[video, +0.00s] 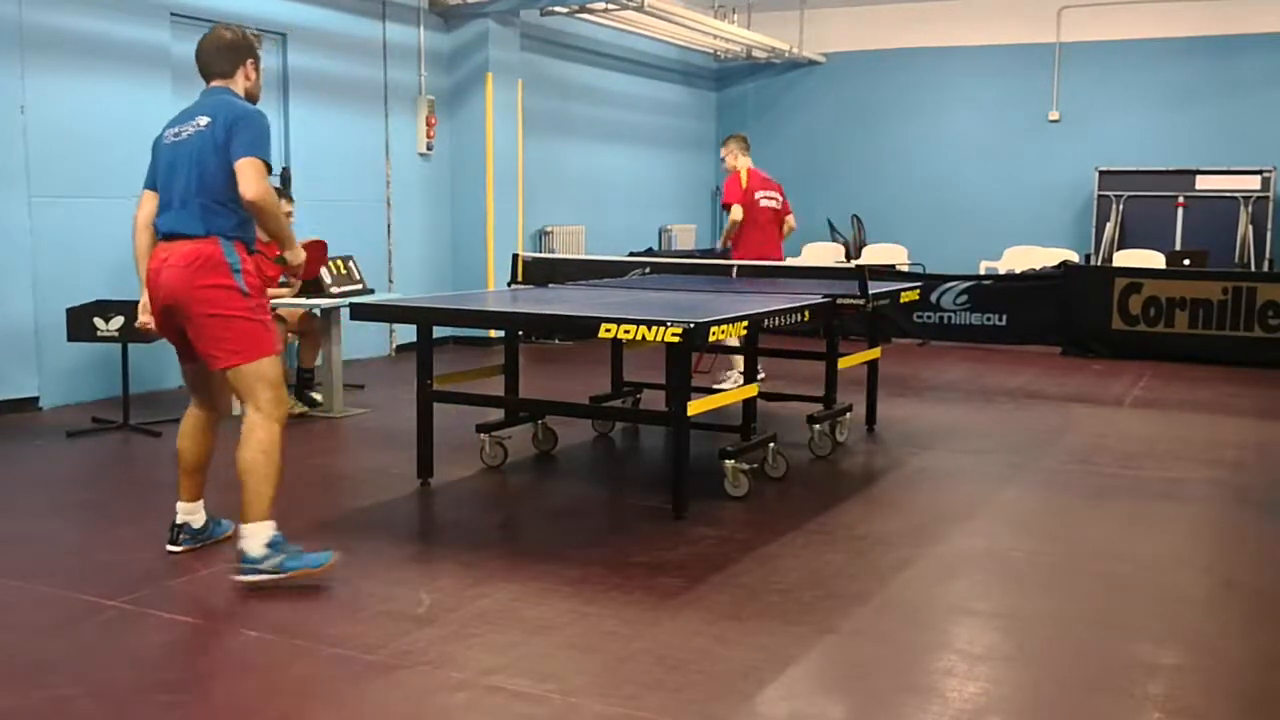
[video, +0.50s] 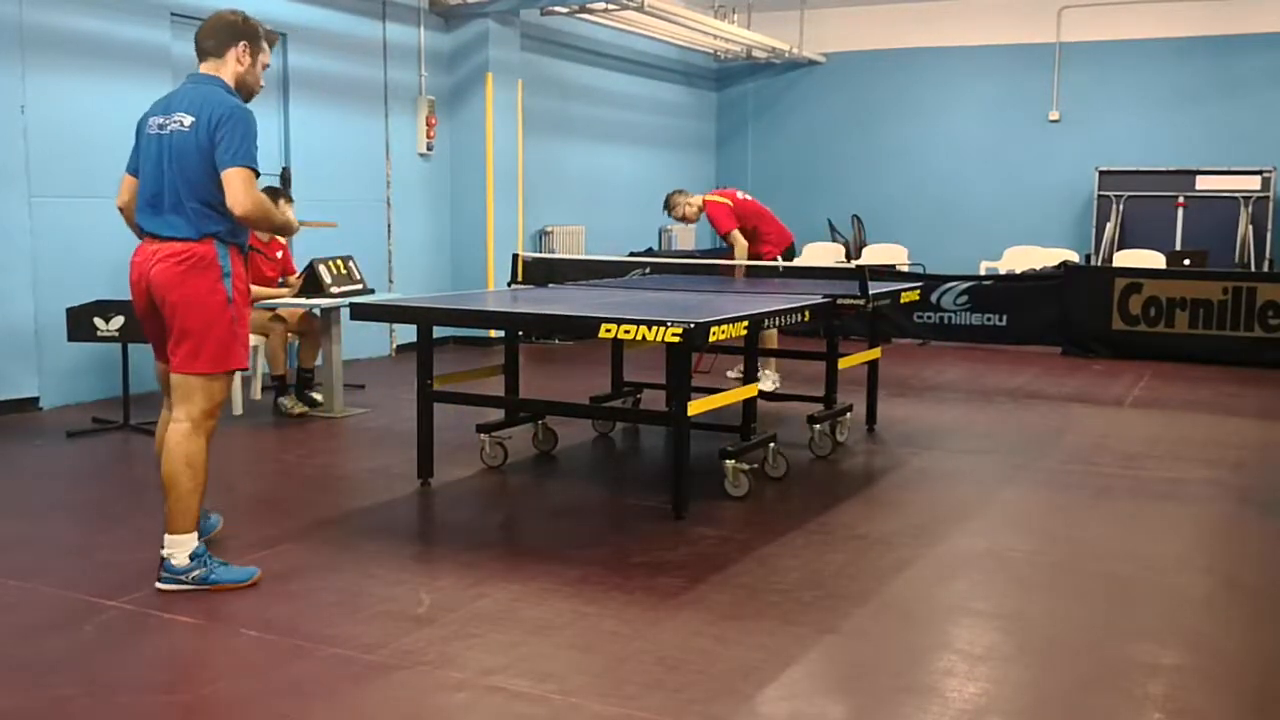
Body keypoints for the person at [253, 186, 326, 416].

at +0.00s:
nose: (291, 220)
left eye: (292, 214)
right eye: (286, 215)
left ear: (290, 214)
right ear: (268, 214)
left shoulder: (286, 245)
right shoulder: (249, 246)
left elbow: (294, 279)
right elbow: (253, 291)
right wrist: (289, 291)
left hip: (277, 305)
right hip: (254, 309)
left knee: (312, 323)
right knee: (277, 329)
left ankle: (305, 387)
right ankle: (280, 394)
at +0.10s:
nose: (290, 221)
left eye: (291, 215)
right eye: (285, 215)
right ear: (267, 214)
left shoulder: (283, 244)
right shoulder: (247, 245)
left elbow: (292, 281)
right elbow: (253, 291)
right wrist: (289, 292)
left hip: (278, 304)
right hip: (256, 309)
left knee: (313, 324)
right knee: (277, 329)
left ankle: (305, 387)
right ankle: (282, 394)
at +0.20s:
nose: (290, 220)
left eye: (291, 214)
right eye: (285, 215)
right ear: (267, 214)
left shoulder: (283, 244)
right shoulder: (246, 244)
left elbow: (292, 279)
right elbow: (250, 290)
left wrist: (305, 283)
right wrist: (289, 292)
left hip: (280, 304)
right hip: (254, 307)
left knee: (313, 324)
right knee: (276, 327)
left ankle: (305, 387)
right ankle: (282, 394)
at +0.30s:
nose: (291, 220)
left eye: (291, 214)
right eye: (286, 214)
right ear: (267, 214)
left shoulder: (281, 245)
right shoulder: (244, 243)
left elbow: (293, 280)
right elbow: (246, 289)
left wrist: (306, 284)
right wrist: (288, 292)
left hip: (274, 305)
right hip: (246, 308)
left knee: (313, 323)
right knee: (276, 326)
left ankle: (305, 388)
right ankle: (282, 395)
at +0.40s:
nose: (290, 220)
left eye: (291, 214)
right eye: (286, 215)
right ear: (267, 214)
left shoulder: (281, 243)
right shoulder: (243, 242)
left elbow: (292, 278)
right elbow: (246, 290)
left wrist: (310, 282)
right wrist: (289, 292)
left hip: (273, 305)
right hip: (245, 308)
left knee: (312, 323)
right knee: (276, 326)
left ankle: (305, 388)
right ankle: (282, 395)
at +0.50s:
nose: (292, 215)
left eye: (291, 208)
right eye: (287, 208)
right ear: (270, 211)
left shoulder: (280, 243)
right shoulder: (242, 242)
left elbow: (292, 279)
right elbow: (244, 289)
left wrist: (312, 281)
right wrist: (288, 292)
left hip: (272, 305)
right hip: (244, 308)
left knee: (313, 324)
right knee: (277, 326)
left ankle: (304, 388)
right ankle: (282, 395)